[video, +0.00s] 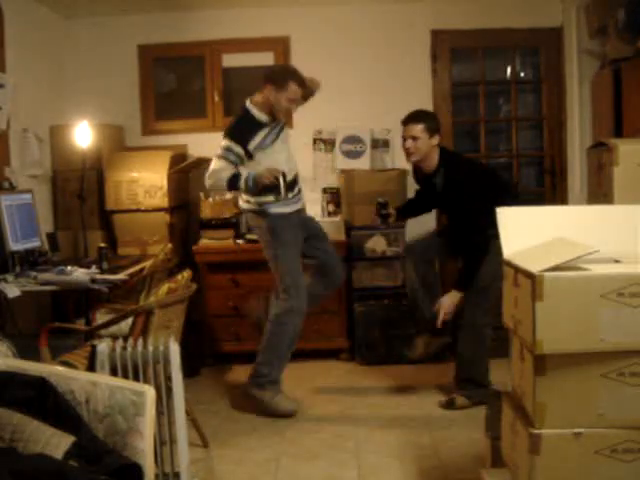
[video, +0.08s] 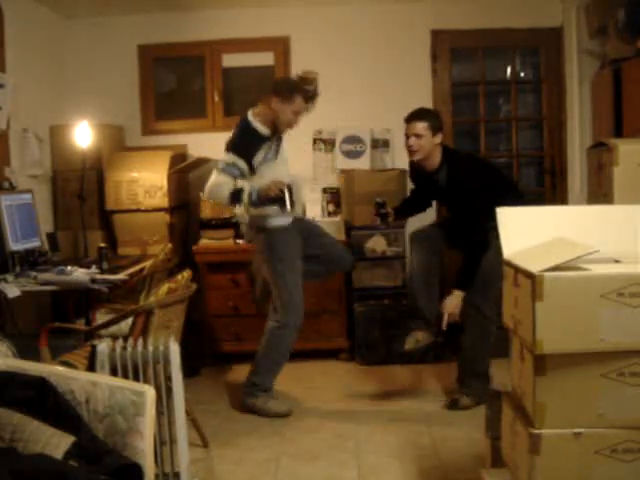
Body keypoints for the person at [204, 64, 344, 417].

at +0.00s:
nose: (291, 109)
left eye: (294, 103)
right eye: (288, 102)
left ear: (281, 96)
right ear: (269, 93)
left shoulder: (273, 114)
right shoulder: (245, 126)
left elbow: (292, 102)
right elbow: (214, 179)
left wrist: (304, 89)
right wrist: (254, 179)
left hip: (297, 214)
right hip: (273, 219)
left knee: (332, 273)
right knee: (292, 298)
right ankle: (263, 385)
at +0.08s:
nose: (296, 121)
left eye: (300, 114)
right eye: (294, 112)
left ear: (284, 106)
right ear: (275, 102)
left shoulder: (272, 127)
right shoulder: (248, 136)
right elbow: (215, 189)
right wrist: (257, 193)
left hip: (293, 221)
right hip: (272, 229)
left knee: (339, 259)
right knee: (288, 312)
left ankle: (270, 274)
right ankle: (256, 390)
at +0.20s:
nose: (301, 139)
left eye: (304, 135)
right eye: (300, 132)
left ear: (284, 120)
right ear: (282, 120)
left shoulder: (273, 138)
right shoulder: (249, 157)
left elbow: (308, 131)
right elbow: (218, 211)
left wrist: (321, 105)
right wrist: (268, 217)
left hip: (283, 226)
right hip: (265, 241)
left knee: (337, 224)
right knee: (295, 319)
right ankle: (254, 392)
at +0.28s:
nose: (300, 137)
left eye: (303, 131)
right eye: (299, 130)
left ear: (284, 119)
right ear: (282, 119)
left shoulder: (269, 134)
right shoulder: (250, 151)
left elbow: (304, 133)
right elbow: (221, 207)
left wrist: (325, 109)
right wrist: (269, 219)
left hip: (280, 225)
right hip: (262, 239)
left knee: (335, 222)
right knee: (292, 318)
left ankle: (339, 299)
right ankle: (254, 393)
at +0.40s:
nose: (291, 112)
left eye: (293, 105)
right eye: (291, 104)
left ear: (276, 92)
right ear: (277, 92)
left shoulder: (254, 114)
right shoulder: (249, 127)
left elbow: (301, 118)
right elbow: (233, 189)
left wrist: (349, 117)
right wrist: (276, 216)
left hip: (257, 210)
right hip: (253, 216)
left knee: (270, 303)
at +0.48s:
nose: (289, 114)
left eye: (291, 108)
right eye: (289, 106)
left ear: (272, 93)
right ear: (274, 93)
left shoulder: (248, 116)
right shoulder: (247, 126)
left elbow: (293, 128)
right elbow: (240, 190)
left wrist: (338, 138)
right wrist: (282, 221)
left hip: (263, 213)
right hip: (255, 220)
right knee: (278, 304)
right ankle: (242, 388)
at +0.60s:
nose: (288, 135)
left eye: (291, 129)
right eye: (289, 126)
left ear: (272, 114)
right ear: (273, 113)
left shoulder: (246, 136)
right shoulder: (244, 149)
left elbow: (269, 170)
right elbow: (249, 215)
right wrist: (297, 224)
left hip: (270, 234)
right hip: (261, 242)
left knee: (339, 242)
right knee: (281, 323)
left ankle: (367, 315)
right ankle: (239, 395)